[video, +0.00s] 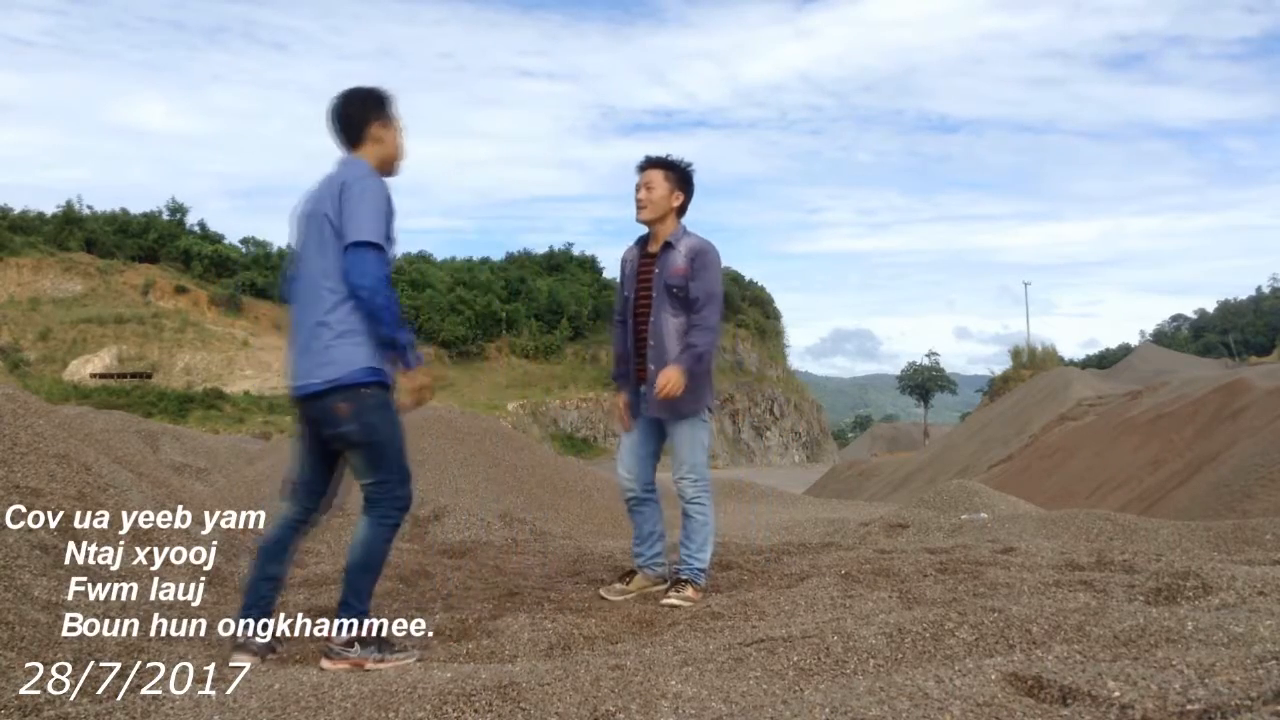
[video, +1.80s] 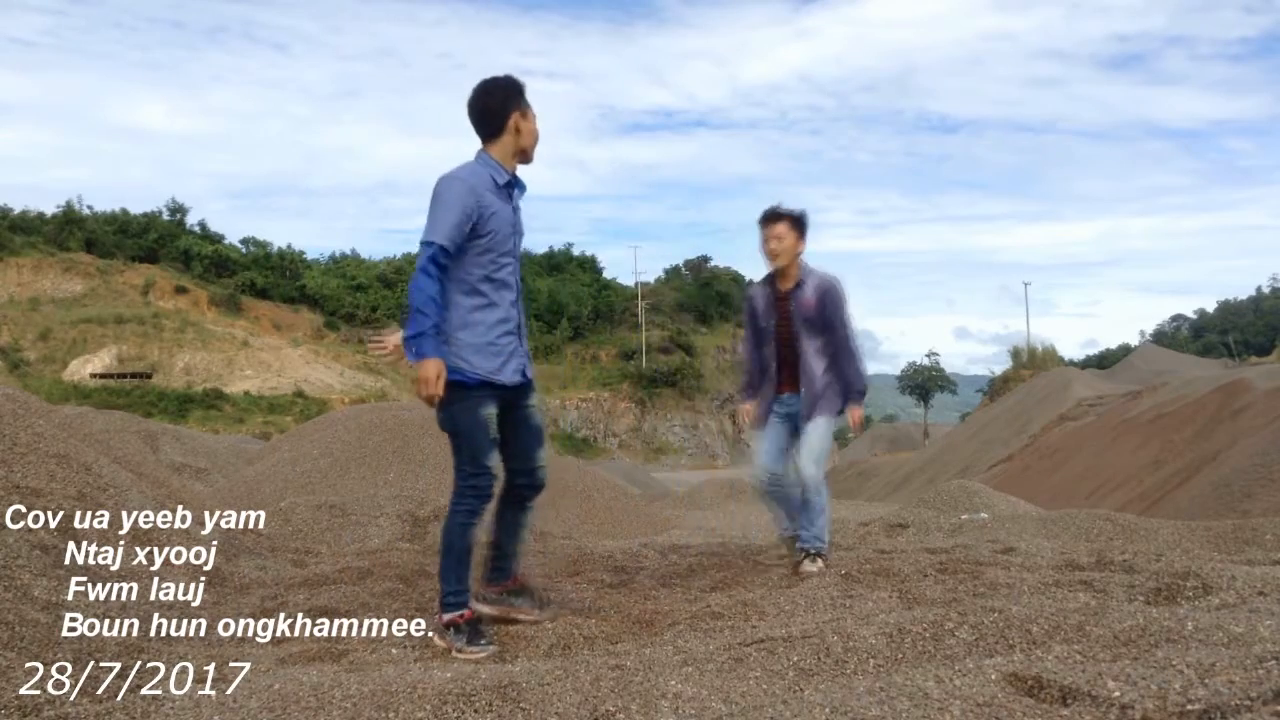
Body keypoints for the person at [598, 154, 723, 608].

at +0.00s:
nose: (639, 195)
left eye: (649, 188)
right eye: (638, 188)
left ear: (677, 198)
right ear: (641, 197)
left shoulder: (699, 252)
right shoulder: (631, 257)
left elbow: (707, 323)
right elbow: (623, 325)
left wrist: (683, 366)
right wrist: (623, 385)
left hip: (685, 390)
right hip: (642, 391)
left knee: (690, 484)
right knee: (634, 482)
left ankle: (691, 577)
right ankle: (651, 570)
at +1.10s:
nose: (686, 216)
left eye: (695, 208)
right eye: (682, 209)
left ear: (721, 210)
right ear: (679, 212)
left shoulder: (738, 265)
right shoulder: (672, 266)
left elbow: (727, 329)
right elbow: (646, 322)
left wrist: (704, 382)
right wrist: (623, 374)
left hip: (709, 395)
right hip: (662, 392)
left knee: (703, 484)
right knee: (643, 474)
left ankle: (692, 574)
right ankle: (690, 546)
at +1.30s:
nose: (722, 238)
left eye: (732, 231)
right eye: (719, 230)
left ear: (755, 240)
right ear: (714, 236)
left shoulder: (769, 296)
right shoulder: (695, 288)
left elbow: (774, 344)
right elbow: (659, 330)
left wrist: (745, 335)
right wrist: (628, 362)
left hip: (741, 403)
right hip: (697, 403)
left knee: (718, 474)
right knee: (693, 493)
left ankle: (702, 571)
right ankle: (739, 565)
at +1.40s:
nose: (729, 244)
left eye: (739, 237)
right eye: (726, 237)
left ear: (761, 247)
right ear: (720, 243)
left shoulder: (782, 300)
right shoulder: (705, 299)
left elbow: (801, 354)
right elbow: (675, 341)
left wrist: (775, 342)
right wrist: (645, 369)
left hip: (756, 404)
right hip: (712, 406)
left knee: (736, 466)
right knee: (697, 487)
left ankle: (740, 558)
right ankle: (724, 555)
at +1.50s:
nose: (742, 240)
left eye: (751, 233)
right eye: (738, 234)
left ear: (773, 239)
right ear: (734, 239)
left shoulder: (796, 291)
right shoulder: (719, 295)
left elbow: (820, 342)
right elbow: (700, 347)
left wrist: (808, 373)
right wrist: (681, 376)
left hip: (776, 400)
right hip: (728, 402)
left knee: (766, 461)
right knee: (719, 483)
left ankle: (781, 540)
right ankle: (736, 567)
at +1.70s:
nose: (762, 256)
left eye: (771, 248)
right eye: (758, 249)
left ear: (793, 253)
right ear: (754, 253)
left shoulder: (816, 301)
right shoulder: (748, 300)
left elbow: (836, 360)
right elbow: (740, 356)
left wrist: (852, 414)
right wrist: (730, 403)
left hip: (812, 408)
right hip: (768, 407)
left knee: (806, 477)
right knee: (742, 467)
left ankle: (812, 552)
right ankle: (772, 544)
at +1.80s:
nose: (771, 246)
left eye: (779, 239)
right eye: (766, 240)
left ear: (800, 242)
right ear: (762, 243)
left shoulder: (824, 287)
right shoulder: (757, 294)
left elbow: (844, 345)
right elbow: (753, 349)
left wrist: (855, 397)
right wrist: (749, 395)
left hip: (821, 399)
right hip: (778, 402)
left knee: (808, 469)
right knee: (766, 474)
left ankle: (814, 547)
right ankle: (800, 529)